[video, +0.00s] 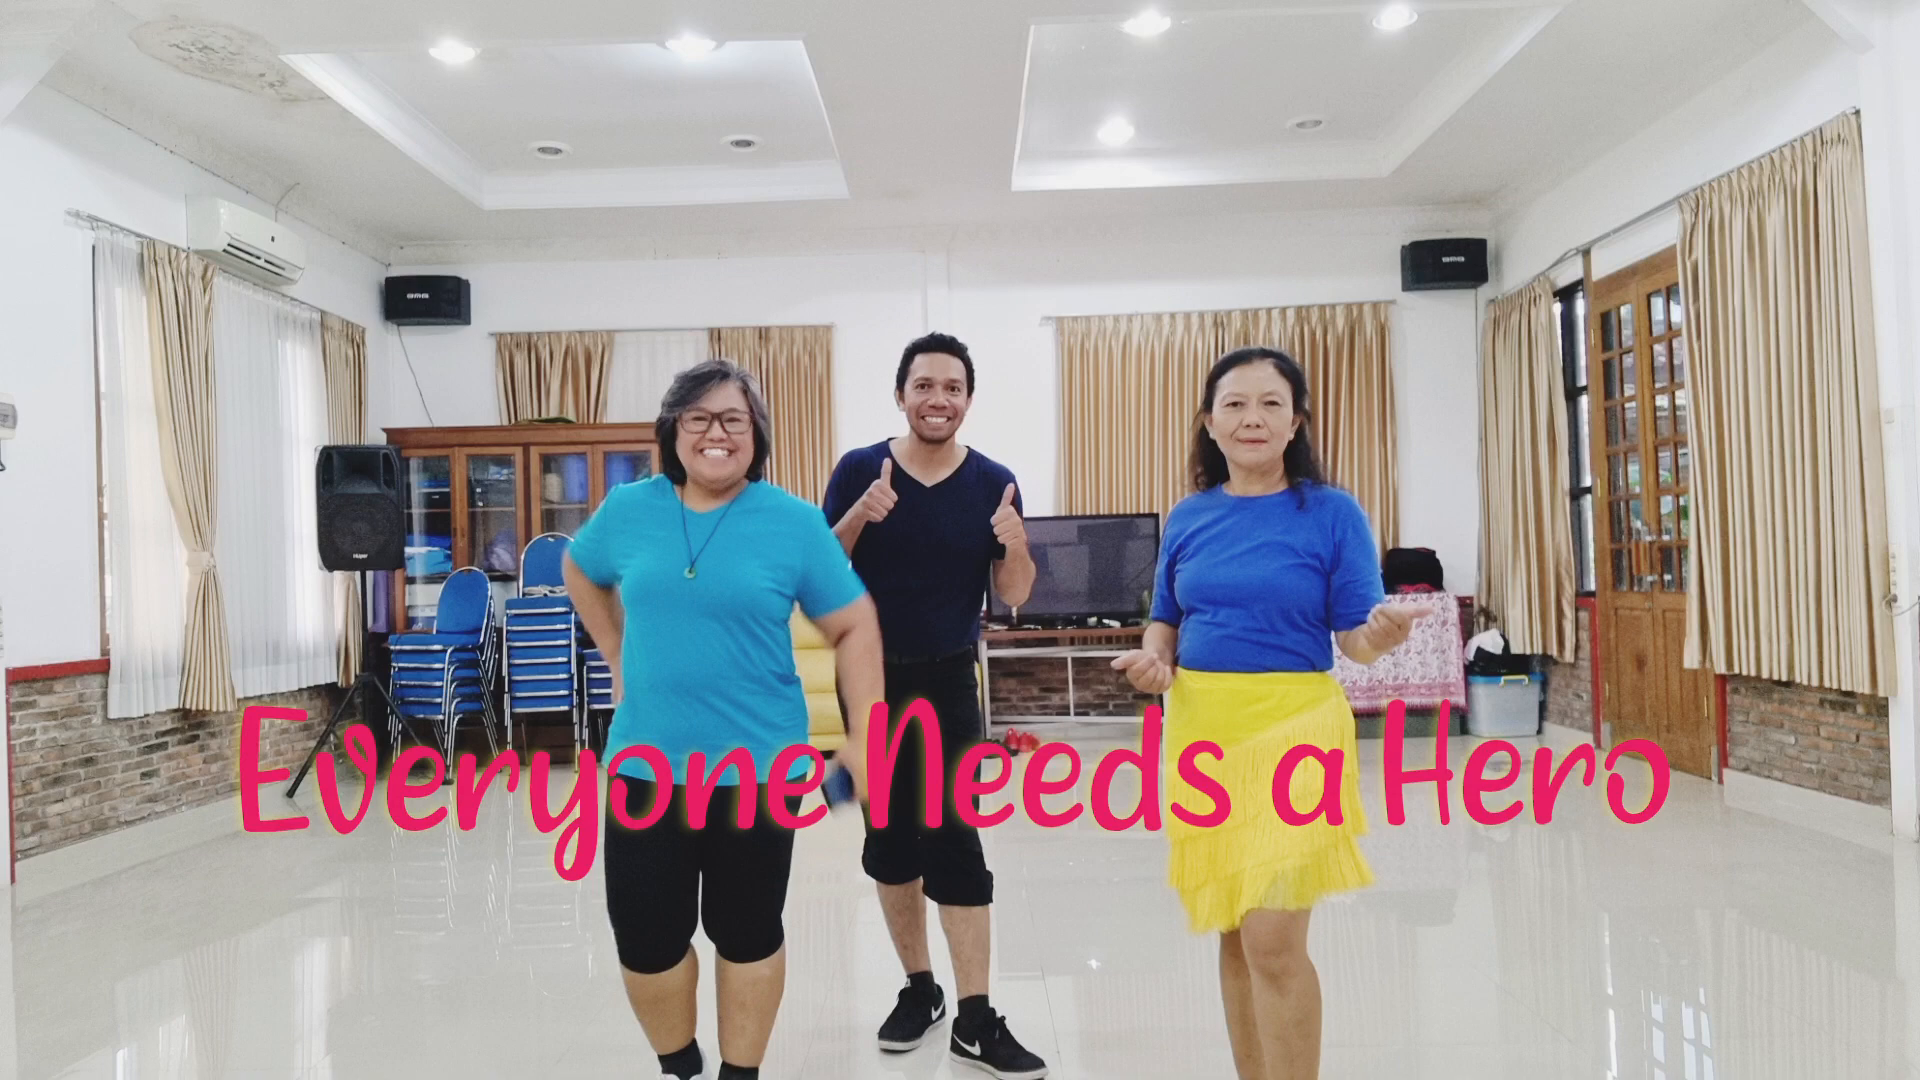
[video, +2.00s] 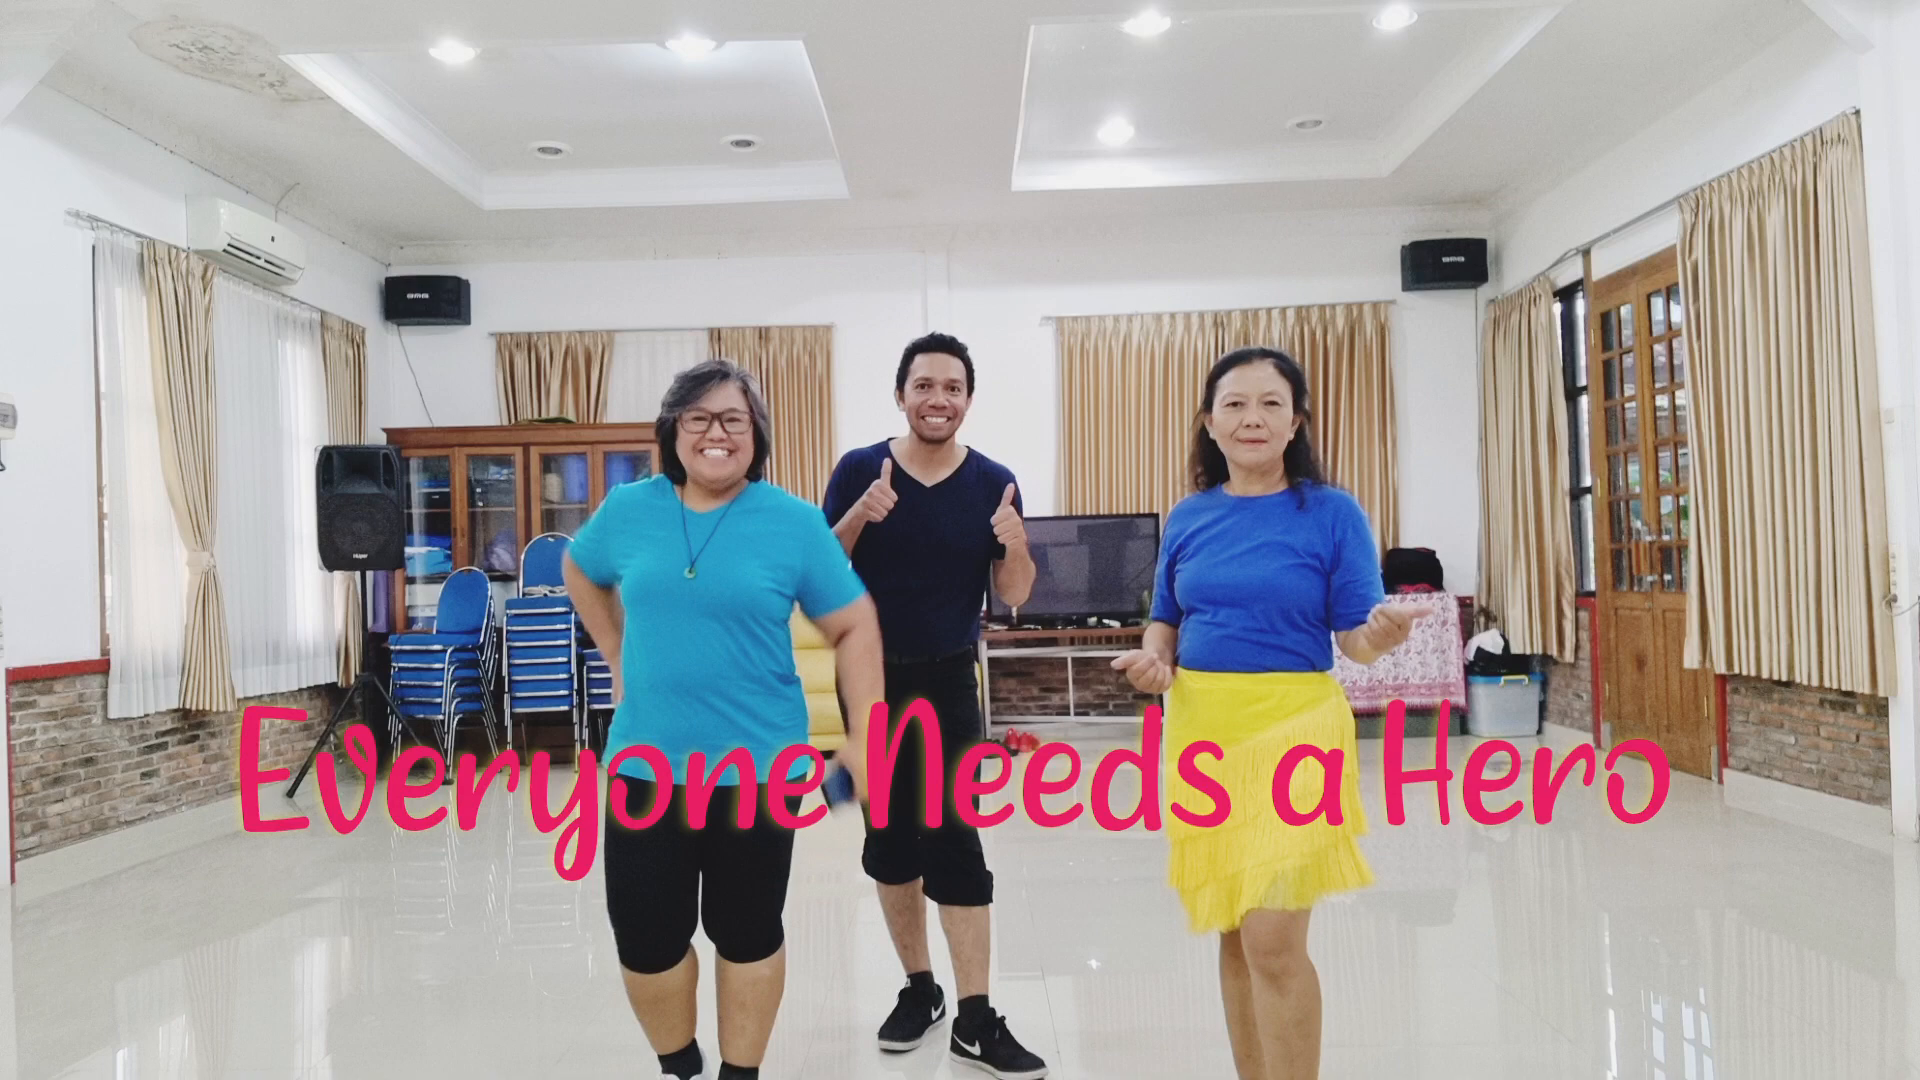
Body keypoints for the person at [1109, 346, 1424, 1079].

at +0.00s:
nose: (1252, 418)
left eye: (1270, 404)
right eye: (1234, 404)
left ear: (1295, 421)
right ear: (1210, 421)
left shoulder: (1333, 512)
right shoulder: (1186, 517)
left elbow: (1356, 643)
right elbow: (1163, 628)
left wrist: (1380, 635)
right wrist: (1151, 660)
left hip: (1297, 723)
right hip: (1204, 724)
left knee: (1272, 941)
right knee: (1237, 941)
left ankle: (1296, 1077)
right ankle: (1254, 1078)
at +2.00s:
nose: (1252, 418)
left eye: (1270, 404)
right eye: (1234, 404)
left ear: (1295, 421)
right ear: (1210, 421)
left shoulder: (1333, 512)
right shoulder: (1186, 517)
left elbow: (1356, 643)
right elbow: (1163, 628)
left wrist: (1380, 635)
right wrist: (1151, 660)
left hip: (1297, 723)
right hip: (1204, 724)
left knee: (1272, 941)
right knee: (1237, 941)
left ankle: (1296, 1077)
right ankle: (1254, 1078)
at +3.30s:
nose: (1252, 302)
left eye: (1270, 287)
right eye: (1234, 288)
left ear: (1295, 304)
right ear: (1210, 305)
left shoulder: (1333, 396)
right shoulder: (1186, 401)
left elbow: (1356, 526)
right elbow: (1163, 508)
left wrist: (1380, 516)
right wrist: (1150, 542)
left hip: (1295, 607)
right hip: (1202, 608)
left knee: (1272, 817)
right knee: (1233, 818)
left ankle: (1296, 1004)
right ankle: (1259, 997)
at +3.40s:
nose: (1252, 141)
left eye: (1270, 127)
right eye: (1235, 128)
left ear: (1296, 143)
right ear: (1210, 145)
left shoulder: (1333, 236)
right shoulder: (1186, 241)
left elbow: (1357, 367)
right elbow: (1163, 346)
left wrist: (1381, 357)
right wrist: (1152, 381)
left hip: (1295, 446)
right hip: (1202, 449)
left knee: (1271, 663)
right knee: (1236, 663)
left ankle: (1304, 836)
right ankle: (1255, 830)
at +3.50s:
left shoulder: (1339, 1)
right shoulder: (1183, 3)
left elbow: (1355, 100)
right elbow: (1164, 78)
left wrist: (1384, 93)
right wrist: (1154, 117)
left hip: (1294, 179)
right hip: (1204, 182)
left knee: (1271, 400)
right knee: (1237, 400)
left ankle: (1295, 587)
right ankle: (1257, 577)